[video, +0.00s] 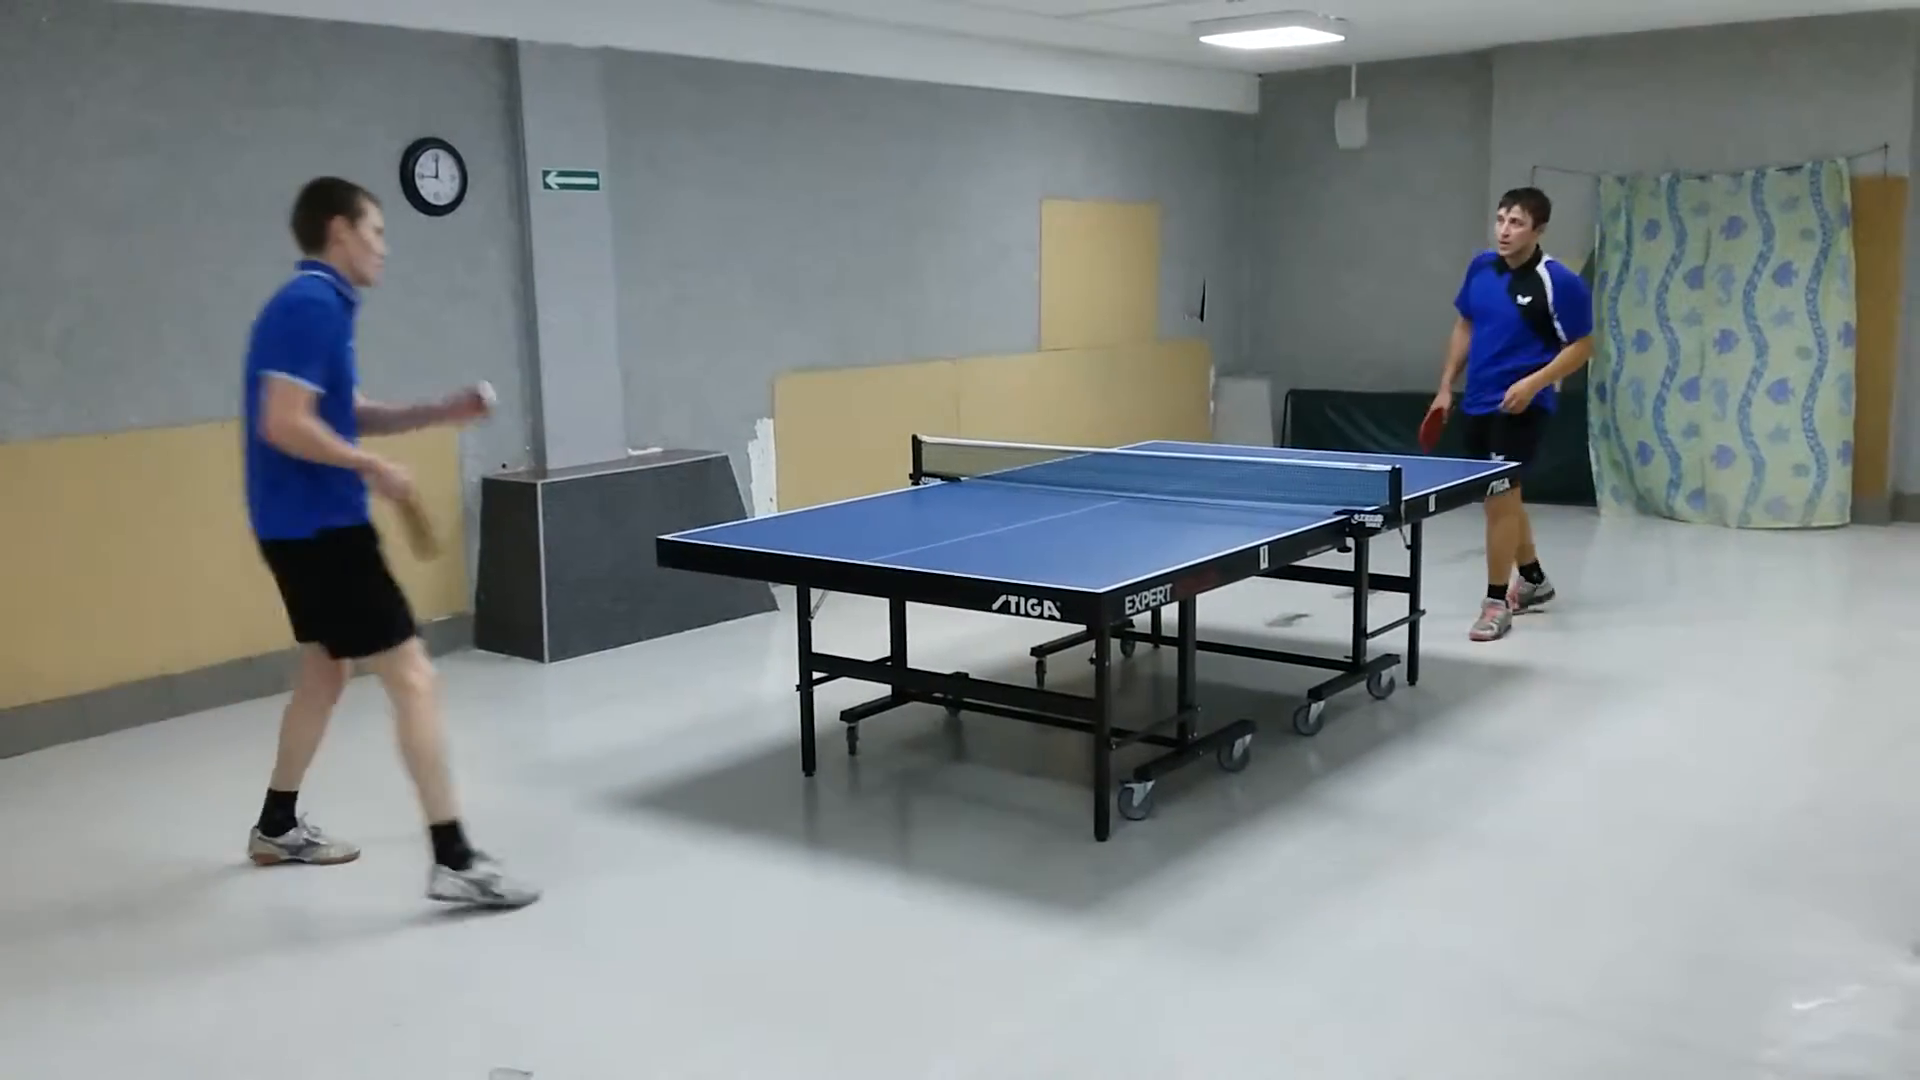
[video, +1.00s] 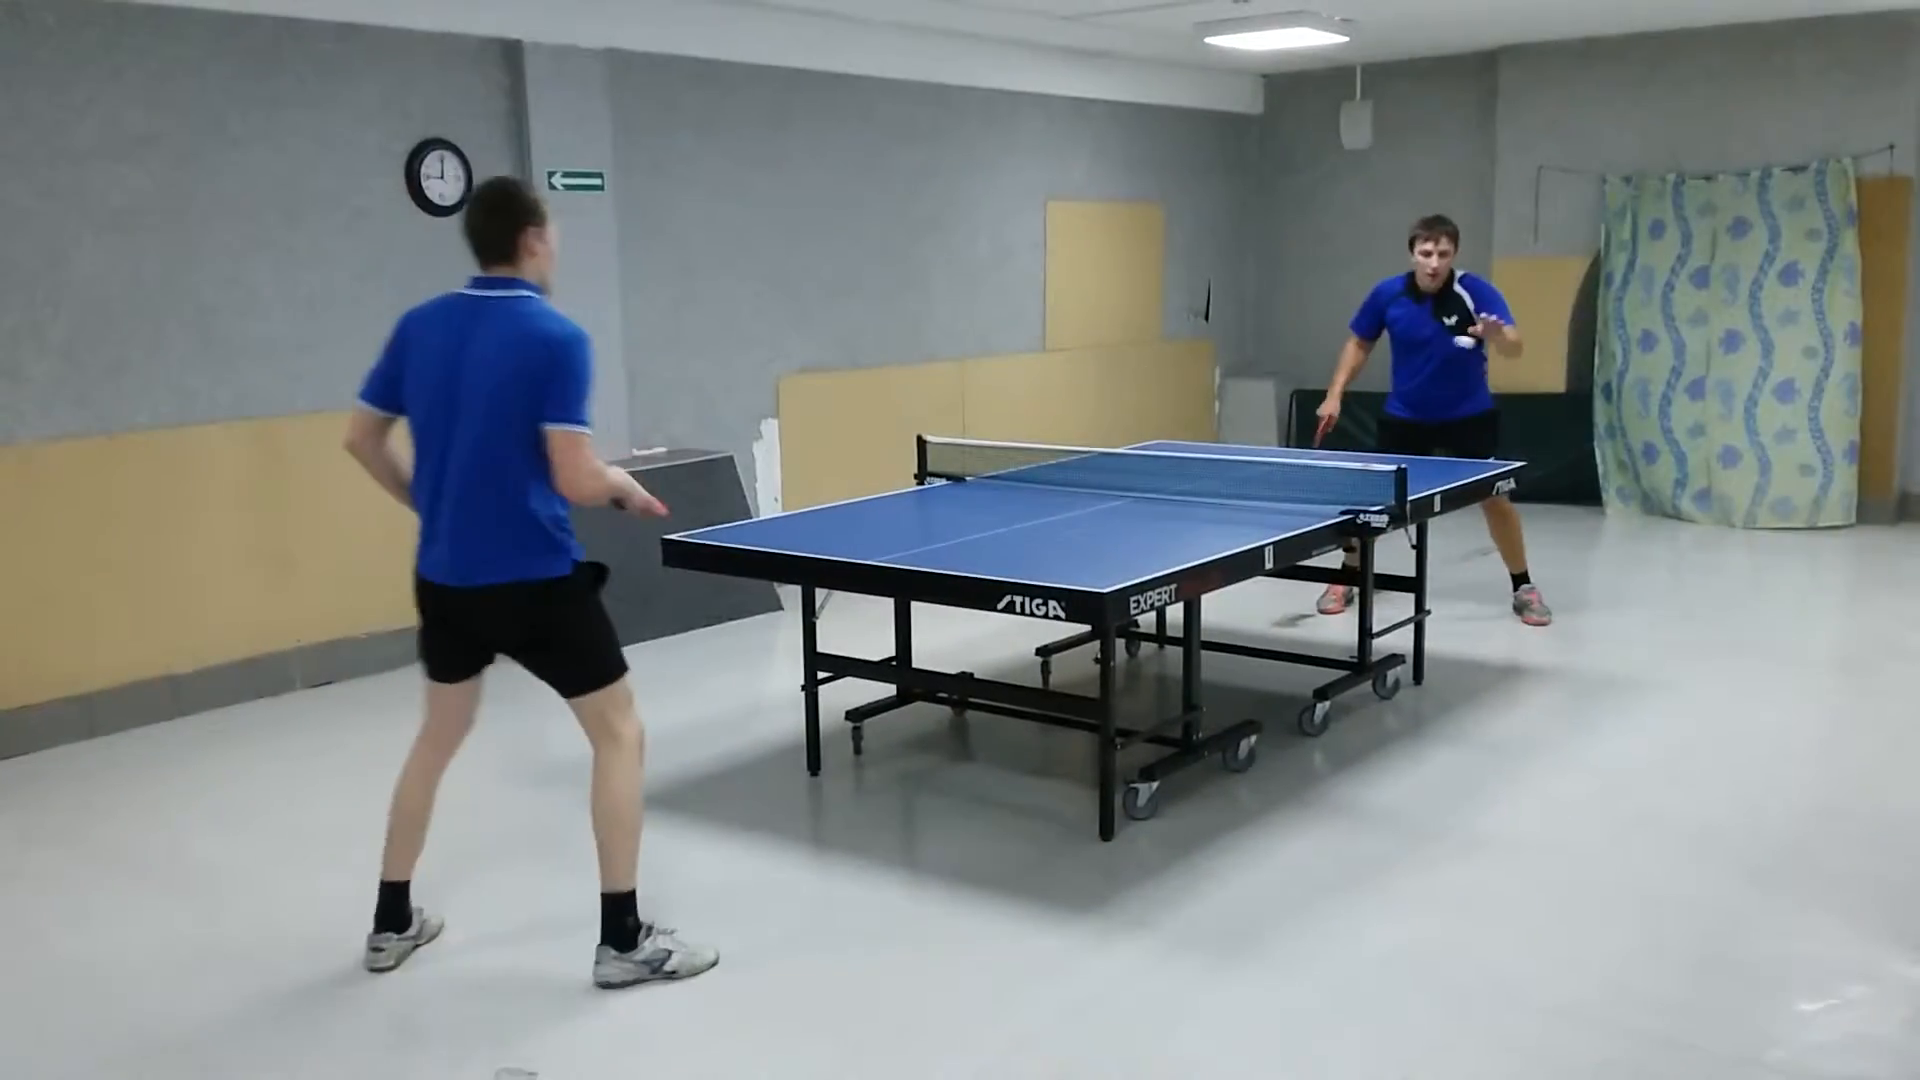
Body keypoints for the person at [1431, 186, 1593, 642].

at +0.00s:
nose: (1504, 229)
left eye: (1516, 223)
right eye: (1501, 220)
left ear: (1538, 231)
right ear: (1494, 224)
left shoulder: (1561, 282)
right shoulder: (1481, 268)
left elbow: (1581, 347)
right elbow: (1464, 326)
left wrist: (1534, 383)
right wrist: (1446, 386)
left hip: (1524, 404)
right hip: (1478, 402)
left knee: (1499, 493)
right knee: (1501, 492)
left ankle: (1496, 601)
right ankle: (1533, 580)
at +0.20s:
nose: (1496, 229)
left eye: (1508, 223)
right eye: (1493, 219)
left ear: (1528, 231)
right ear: (1485, 221)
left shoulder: (1542, 281)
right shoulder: (1468, 262)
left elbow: (1563, 351)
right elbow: (1445, 319)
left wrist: (1502, 379)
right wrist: (1418, 377)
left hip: (1507, 408)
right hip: (1458, 401)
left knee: (1491, 500)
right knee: (1453, 497)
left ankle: (1496, 598)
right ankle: (1495, 569)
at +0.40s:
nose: (1482, 224)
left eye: (1495, 218)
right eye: (1480, 214)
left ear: (1514, 226)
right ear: (1472, 218)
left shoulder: (1528, 272)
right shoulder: (1454, 262)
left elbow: (1541, 345)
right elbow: (1430, 317)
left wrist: (1478, 366)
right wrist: (1400, 371)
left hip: (1493, 404)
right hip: (1441, 399)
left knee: (1485, 496)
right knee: (1421, 493)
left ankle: (1497, 595)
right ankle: (1409, 578)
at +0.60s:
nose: (1448, 243)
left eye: (1459, 236)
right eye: (1443, 234)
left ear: (1477, 242)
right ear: (1434, 236)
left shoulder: (1493, 285)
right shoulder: (1409, 277)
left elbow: (1517, 352)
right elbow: (1388, 331)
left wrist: (1469, 370)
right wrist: (1371, 387)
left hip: (1469, 416)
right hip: (1408, 411)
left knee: (1476, 504)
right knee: (1370, 492)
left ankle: (1499, 602)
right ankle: (1349, 577)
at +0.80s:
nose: (1422, 255)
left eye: (1431, 247)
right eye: (1414, 246)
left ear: (1445, 249)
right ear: (1402, 248)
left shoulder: (1467, 288)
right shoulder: (1377, 290)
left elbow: (1502, 343)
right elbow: (1350, 345)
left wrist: (1483, 351)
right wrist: (1335, 402)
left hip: (1458, 416)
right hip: (1394, 416)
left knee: (1483, 498)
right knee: (1366, 498)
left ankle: (1509, 596)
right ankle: (1345, 580)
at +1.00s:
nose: (1433, 262)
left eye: (1442, 254)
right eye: (1426, 253)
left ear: (1454, 258)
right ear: (1412, 255)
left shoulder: (1475, 292)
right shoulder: (1388, 295)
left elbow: (1514, 349)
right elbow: (1358, 343)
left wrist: (1495, 335)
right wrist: (1334, 395)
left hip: (1470, 420)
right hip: (1405, 420)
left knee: (1495, 496)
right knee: (1367, 500)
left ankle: (1523, 588)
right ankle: (1346, 579)